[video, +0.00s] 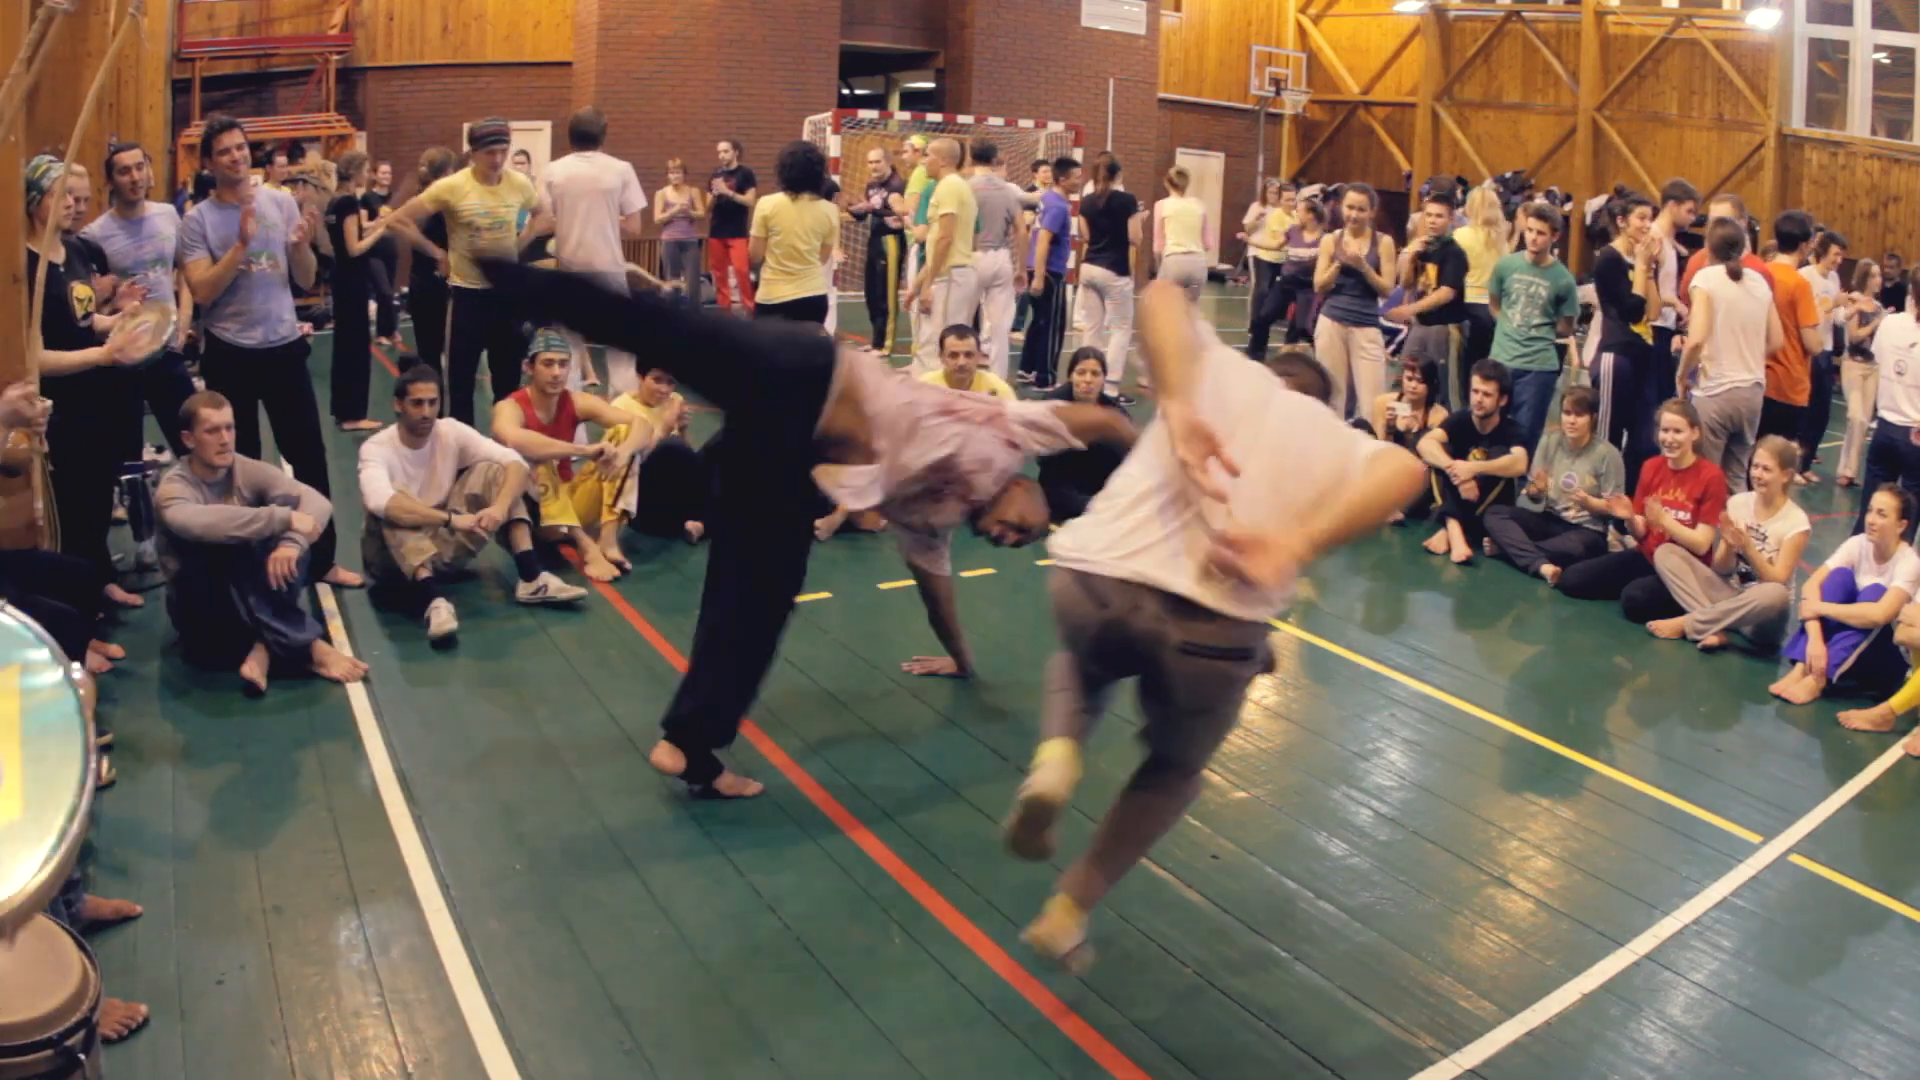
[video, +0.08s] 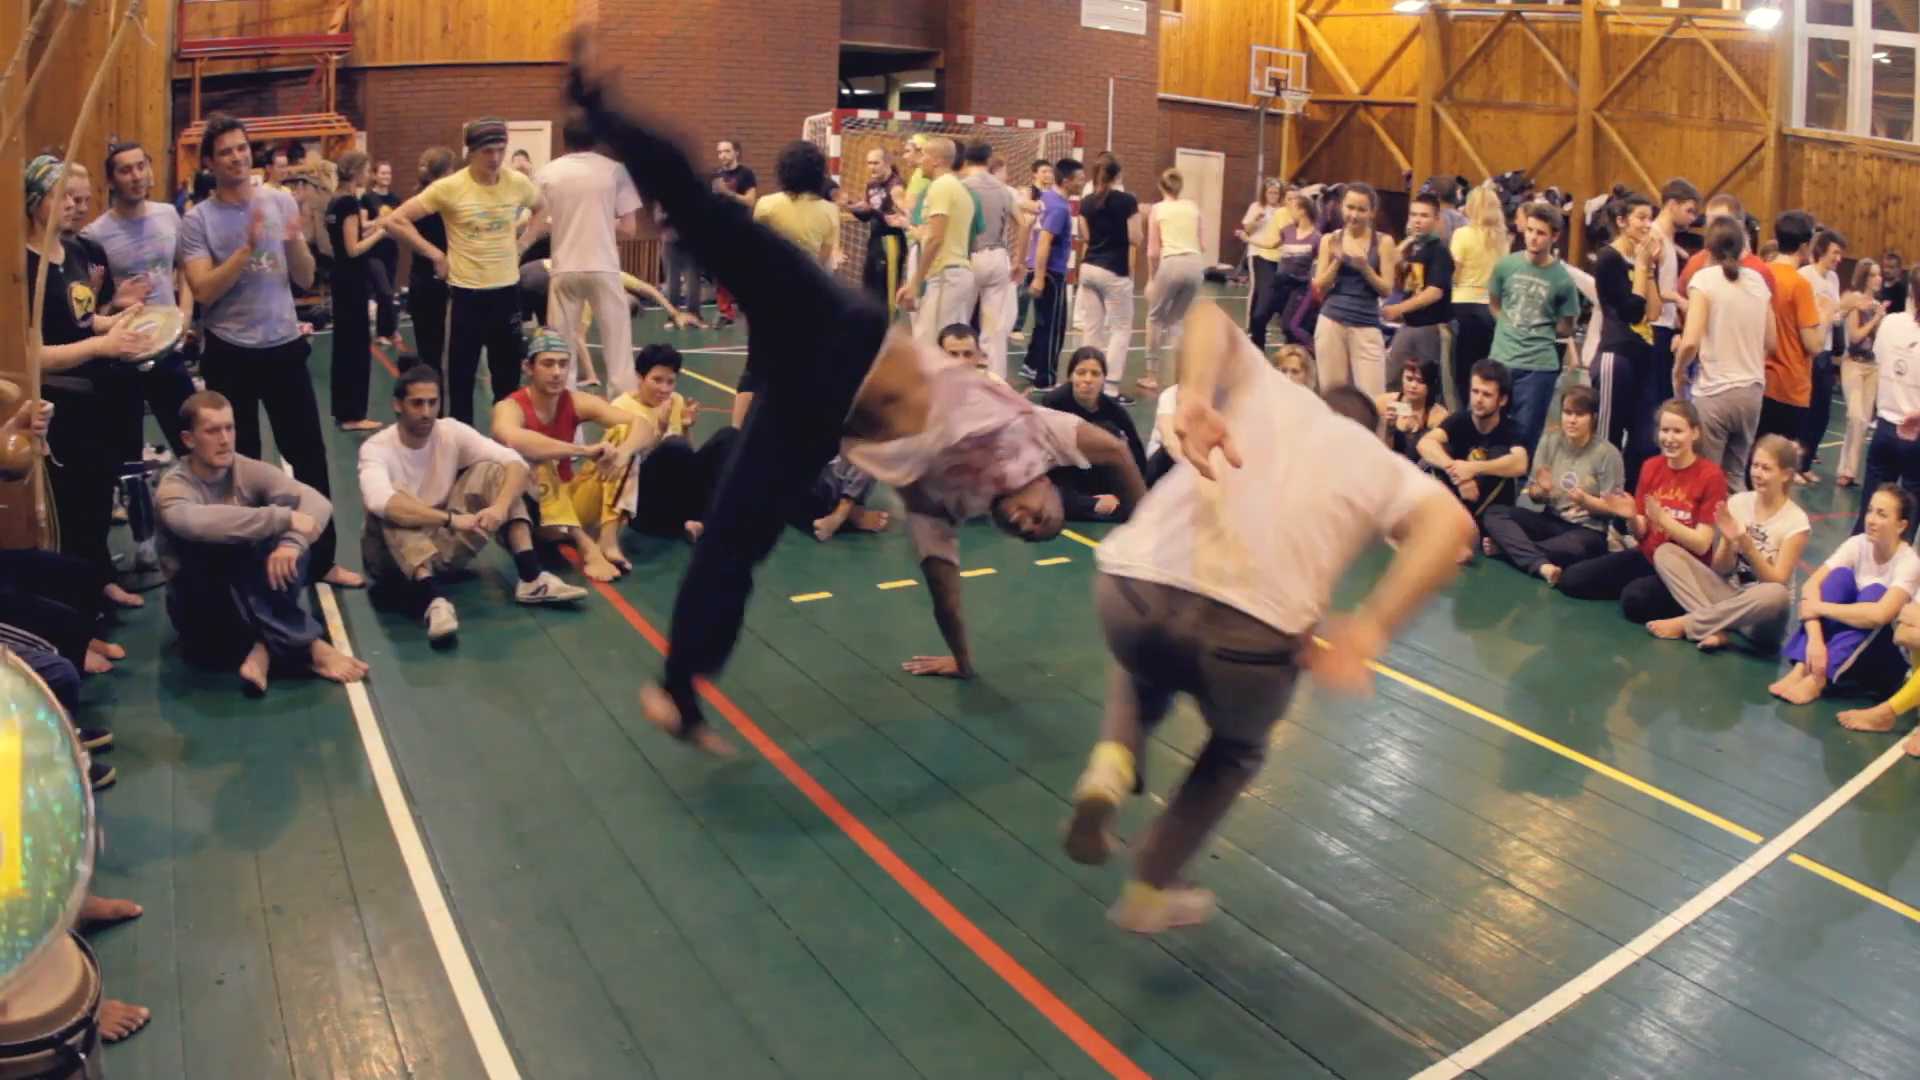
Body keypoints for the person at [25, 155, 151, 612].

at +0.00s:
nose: (76, 205)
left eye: (82, 197)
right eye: (67, 196)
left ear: (86, 202)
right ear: (38, 201)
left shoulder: (78, 253)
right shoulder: (23, 264)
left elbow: (84, 321)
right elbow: (30, 358)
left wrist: (121, 319)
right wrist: (101, 354)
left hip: (96, 387)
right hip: (58, 398)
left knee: (98, 492)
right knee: (74, 497)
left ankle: (102, 576)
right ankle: (81, 591)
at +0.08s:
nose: (78, 205)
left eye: (83, 198)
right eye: (68, 196)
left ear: (87, 202)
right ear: (38, 201)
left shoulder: (76, 253)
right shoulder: (22, 264)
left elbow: (83, 322)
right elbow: (30, 357)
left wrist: (123, 321)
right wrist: (100, 346)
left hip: (92, 390)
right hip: (56, 398)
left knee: (97, 494)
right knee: (72, 499)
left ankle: (101, 578)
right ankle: (79, 595)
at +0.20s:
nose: (76, 203)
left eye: (81, 195)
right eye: (66, 194)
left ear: (85, 200)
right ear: (39, 200)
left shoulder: (76, 253)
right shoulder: (22, 261)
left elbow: (80, 320)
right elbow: (24, 354)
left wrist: (119, 323)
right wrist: (96, 345)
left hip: (97, 389)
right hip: (57, 397)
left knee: (97, 496)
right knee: (73, 500)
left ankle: (100, 576)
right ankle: (78, 594)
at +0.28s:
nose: (77, 203)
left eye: (81, 195)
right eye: (66, 194)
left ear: (84, 200)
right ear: (39, 200)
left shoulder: (74, 253)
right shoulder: (21, 261)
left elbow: (78, 322)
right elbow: (21, 353)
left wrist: (117, 324)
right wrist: (93, 361)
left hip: (92, 393)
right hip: (54, 399)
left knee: (96, 494)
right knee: (71, 498)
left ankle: (100, 576)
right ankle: (78, 590)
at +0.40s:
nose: (78, 203)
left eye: (83, 194)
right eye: (67, 193)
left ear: (86, 199)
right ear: (40, 199)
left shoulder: (76, 253)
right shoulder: (23, 261)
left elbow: (78, 323)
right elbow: (29, 355)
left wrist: (112, 312)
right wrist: (97, 335)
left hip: (96, 391)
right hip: (58, 398)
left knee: (97, 496)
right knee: (75, 500)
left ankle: (100, 577)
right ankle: (80, 594)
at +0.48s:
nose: (79, 203)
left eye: (84, 194)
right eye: (68, 194)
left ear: (88, 199)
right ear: (41, 200)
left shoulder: (80, 254)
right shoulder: (27, 263)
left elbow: (86, 322)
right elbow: (35, 354)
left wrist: (112, 315)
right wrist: (104, 335)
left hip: (93, 387)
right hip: (57, 397)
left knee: (97, 495)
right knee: (76, 500)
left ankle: (101, 576)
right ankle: (82, 593)